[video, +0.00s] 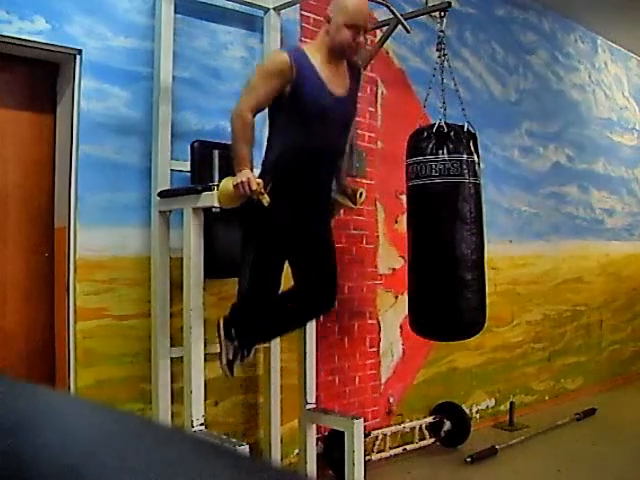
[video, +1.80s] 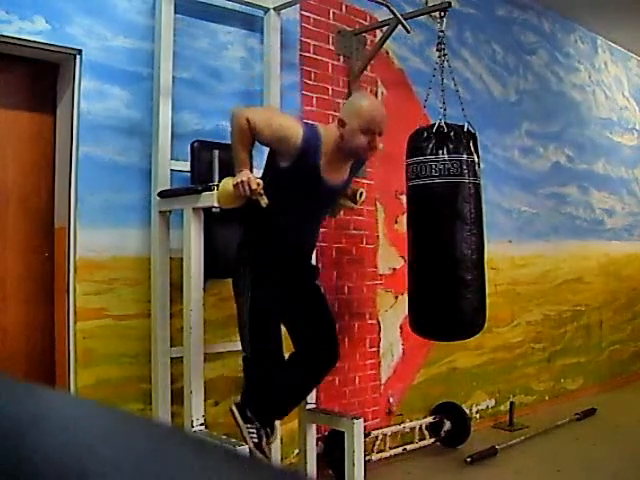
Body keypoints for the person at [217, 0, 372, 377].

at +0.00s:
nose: (360, 39)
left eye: (365, 32)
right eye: (353, 29)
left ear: (368, 34)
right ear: (328, 22)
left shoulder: (351, 72)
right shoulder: (286, 64)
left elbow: (338, 134)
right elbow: (243, 111)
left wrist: (342, 181)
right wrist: (244, 169)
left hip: (315, 201)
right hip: (275, 197)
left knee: (319, 294)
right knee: (259, 286)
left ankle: (243, 330)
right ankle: (241, 336)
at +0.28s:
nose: (362, 48)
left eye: (367, 40)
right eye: (356, 38)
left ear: (367, 42)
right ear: (330, 32)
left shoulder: (350, 80)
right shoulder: (282, 70)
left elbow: (334, 136)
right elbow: (240, 114)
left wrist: (341, 179)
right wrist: (243, 170)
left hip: (311, 206)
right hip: (271, 202)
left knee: (321, 297)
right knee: (260, 291)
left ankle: (244, 332)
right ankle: (245, 341)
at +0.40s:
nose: (365, 85)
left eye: (369, 76)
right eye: (359, 74)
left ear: (371, 74)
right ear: (334, 66)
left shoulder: (352, 111)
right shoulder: (289, 95)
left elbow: (336, 148)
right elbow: (233, 117)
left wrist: (341, 180)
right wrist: (243, 169)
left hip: (304, 230)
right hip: (264, 222)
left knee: (321, 318)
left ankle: (251, 373)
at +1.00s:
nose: (364, 70)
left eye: (369, 61)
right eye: (357, 59)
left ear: (370, 62)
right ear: (333, 54)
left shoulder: (355, 101)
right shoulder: (291, 91)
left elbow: (319, 152)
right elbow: (234, 115)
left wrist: (339, 184)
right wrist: (243, 170)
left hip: (306, 224)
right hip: (267, 221)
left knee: (326, 316)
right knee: (265, 323)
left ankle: (251, 361)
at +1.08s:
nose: (364, 47)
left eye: (368, 39)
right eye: (357, 37)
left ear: (368, 42)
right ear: (331, 33)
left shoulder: (353, 80)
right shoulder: (289, 71)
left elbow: (337, 135)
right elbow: (238, 112)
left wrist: (341, 179)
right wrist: (243, 169)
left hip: (309, 208)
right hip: (269, 204)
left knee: (323, 301)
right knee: (262, 299)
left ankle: (247, 346)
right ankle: (248, 355)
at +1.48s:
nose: (366, 84)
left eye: (370, 76)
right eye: (359, 74)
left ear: (371, 75)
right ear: (335, 67)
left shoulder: (353, 111)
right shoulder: (291, 96)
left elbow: (338, 149)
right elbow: (234, 118)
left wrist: (341, 181)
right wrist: (243, 170)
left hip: (302, 230)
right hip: (262, 224)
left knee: (321, 318)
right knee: (259, 321)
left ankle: (248, 370)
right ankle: (250, 378)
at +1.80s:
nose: (375, 144)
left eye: (380, 135)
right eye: (368, 134)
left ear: (382, 134)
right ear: (342, 125)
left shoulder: (354, 160)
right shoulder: (300, 140)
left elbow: (312, 187)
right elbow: (244, 118)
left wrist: (340, 195)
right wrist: (243, 170)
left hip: (297, 266)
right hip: (258, 263)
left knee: (322, 350)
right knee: (264, 359)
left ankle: (254, 411)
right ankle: (261, 426)